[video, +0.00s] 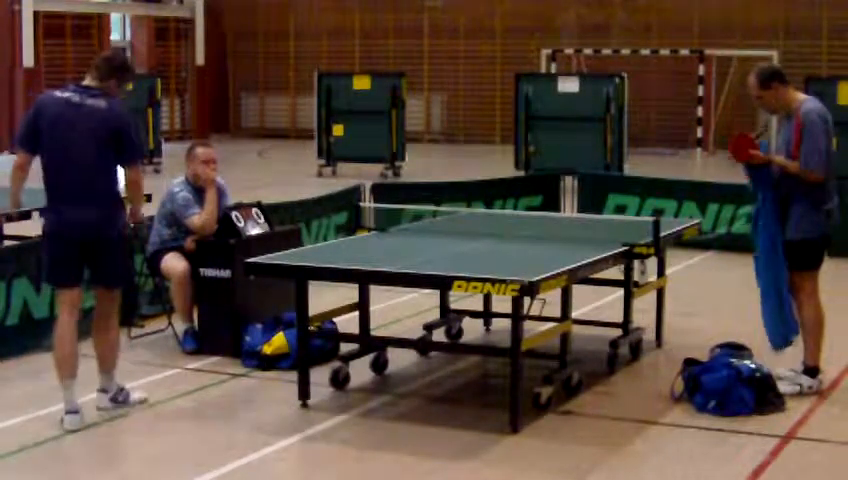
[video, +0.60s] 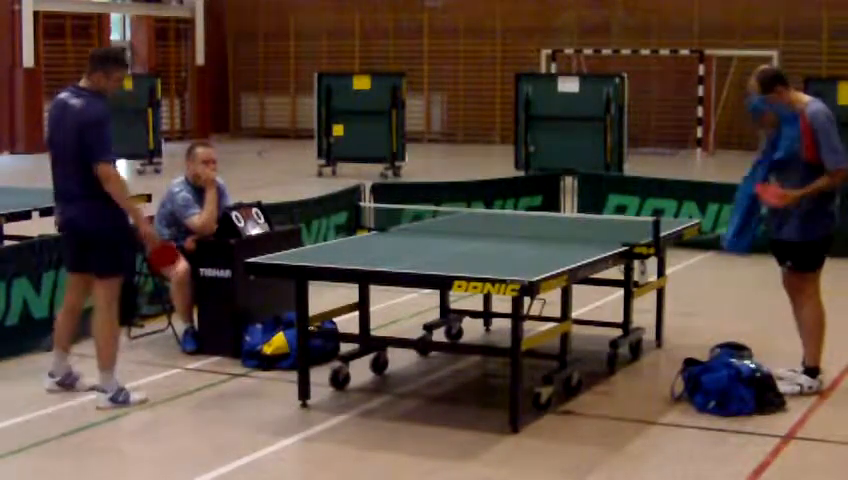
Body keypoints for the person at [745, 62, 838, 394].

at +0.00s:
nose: (761, 106)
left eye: (761, 98)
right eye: (758, 100)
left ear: (776, 88)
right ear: (775, 89)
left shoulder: (811, 115)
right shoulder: (790, 117)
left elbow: (814, 172)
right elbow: (789, 168)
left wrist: (773, 159)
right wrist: (758, 160)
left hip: (809, 216)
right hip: (792, 214)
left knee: (805, 289)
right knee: (798, 288)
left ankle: (811, 370)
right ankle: (808, 366)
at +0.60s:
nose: (764, 106)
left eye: (764, 100)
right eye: (761, 102)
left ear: (777, 91)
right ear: (777, 90)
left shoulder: (816, 113)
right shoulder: (786, 117)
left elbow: (839, 172)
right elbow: (778, 164)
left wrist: (794, 195)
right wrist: (767, 185)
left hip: (810, 220)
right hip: (788, 217)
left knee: (805, 288)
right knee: (793, 286)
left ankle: (812, 372)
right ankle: (808, 365)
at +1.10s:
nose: (758, 108)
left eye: (759, 101)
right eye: (755, 103)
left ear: (775, 91)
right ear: (764, 96)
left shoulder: (812, 115)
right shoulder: (773, 119)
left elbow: (841, 167)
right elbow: (770, 163)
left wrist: (814, 193)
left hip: (809, 210)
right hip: (782, 209)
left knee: (803, 288)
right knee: (797, 287)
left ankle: (812, 371)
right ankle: (819, 360)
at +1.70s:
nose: (747, 94)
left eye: (749, 87)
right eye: (746, 88)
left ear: (765, 84)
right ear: (770, 83)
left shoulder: (780, 116)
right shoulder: (804, 111)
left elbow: (775, 169)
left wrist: (747, 184)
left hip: (785, 216)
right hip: (802, 213)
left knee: (784, 284)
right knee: (781, 283)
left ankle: (802, 362)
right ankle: (791, 353)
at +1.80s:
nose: (746, 92)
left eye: (749, 85)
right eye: (746, 85)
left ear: (765, 83)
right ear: (771, 81)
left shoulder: (776, 114)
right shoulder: (806, 110)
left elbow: (767, 167)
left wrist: (743, 178)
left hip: (781, 212)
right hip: (806, 210)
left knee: (762, 274)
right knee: (788, 277)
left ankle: (794, 341)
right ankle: (793, 348)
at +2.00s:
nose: (747, 90)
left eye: (749, 83)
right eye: (747, 84)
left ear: (760, 81)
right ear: (776, 80)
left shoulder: (762, 112)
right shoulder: (806, 110)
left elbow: (753, 164)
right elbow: (814, 159)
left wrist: (736, 167)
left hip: (766, 210)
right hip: (800, 209)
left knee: (742, 267)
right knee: (788, 275)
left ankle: (763, 340)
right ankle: (790, 353)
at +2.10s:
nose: (745, 90)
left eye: (746, 85)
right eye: (746, 85)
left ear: (752, 84)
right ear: (773, 81)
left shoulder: (752, 113)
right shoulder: (799, 111)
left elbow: (744, 163)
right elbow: (811, 153)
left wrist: (730, 166)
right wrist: (790, 166)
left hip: (757, 210)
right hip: (792, 209)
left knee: (743, 270)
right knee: (786, 276)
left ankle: (742, 340)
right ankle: (790, 350)